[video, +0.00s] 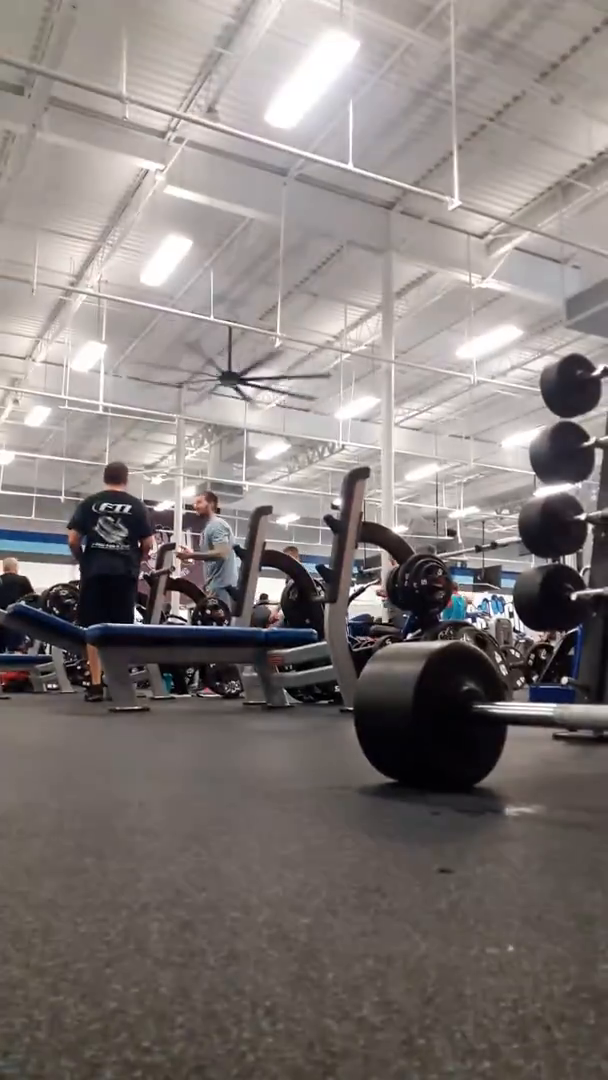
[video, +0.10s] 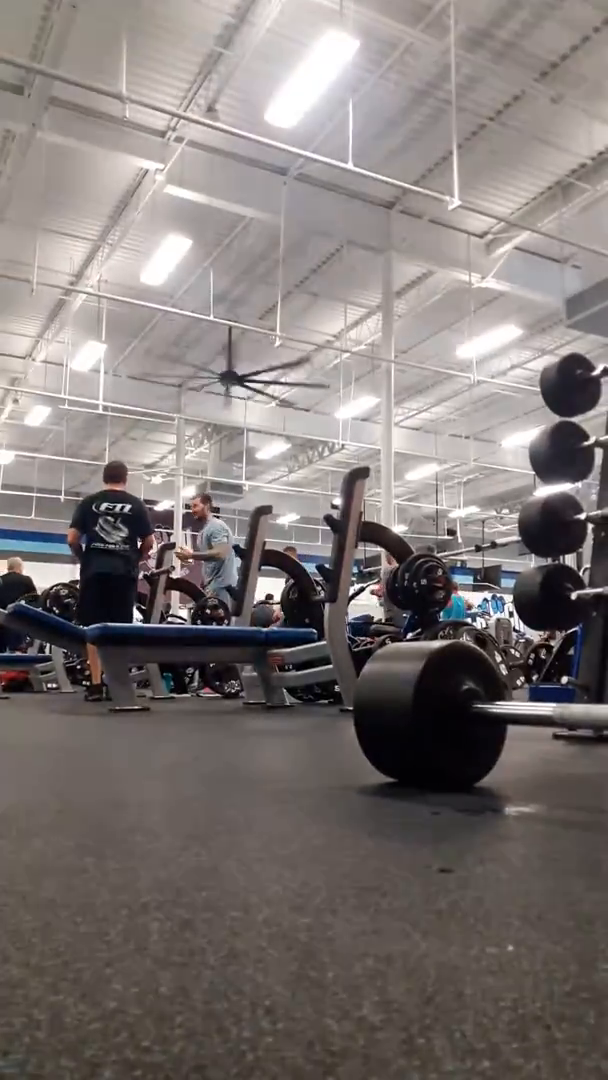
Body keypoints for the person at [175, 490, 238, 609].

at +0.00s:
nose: (195, 506)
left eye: (199, 502)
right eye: (195, 503)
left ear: (210, 504)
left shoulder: (217, 525)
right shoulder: (210, 526)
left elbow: (222, 552)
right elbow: (213, 552)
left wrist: (192, 555)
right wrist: (192, 553)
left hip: (221, 583)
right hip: (215, 581)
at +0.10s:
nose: (192, 510)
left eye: (195, 506)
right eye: (192, 507)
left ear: (206, 505)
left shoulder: (216, 526)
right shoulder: (206, 529)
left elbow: (221, 553)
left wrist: (192, 555)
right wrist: (190, 555)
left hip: (221, 583)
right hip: (211, 582)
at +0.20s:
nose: (189, 512)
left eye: (192, 507)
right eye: (187, 508)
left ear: (203, 508)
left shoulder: (216, 529)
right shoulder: (198, 535)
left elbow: (220, 554)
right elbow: (198, 563)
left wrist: (193, 564)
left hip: (222, 584)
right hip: (209, 585)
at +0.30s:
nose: (184, 512)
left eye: (188, 507)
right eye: (184, 508)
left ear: (199, 509)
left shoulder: (212, 530)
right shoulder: (195, 536)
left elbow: (219, 559)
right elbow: (199, 565)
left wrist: (196, 575)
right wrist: (188, 573)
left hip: (221, 587)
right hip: (208, 587)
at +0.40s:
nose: (180, 515)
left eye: (183, 510)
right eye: (178, 512)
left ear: (194, 510)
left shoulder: (210, 532)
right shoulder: (191, 542)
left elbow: (217, 562)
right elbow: (198, 571)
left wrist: (202, 586)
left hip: (222, 588)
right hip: (210, 588)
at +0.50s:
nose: (175, 523)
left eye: (176, 518)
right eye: (173, 520)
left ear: (188, 515)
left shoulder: (205, 536)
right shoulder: (191, 542)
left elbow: (215, 566)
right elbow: (198, 571)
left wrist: (206, 589)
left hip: (223, 585)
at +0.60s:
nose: (170, 535)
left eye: (170, 530)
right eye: (168, 531)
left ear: (179, 523)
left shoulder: (199, 540)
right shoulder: (192, 544)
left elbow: (213, 571)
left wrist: (208, 599)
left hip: (226, 583)